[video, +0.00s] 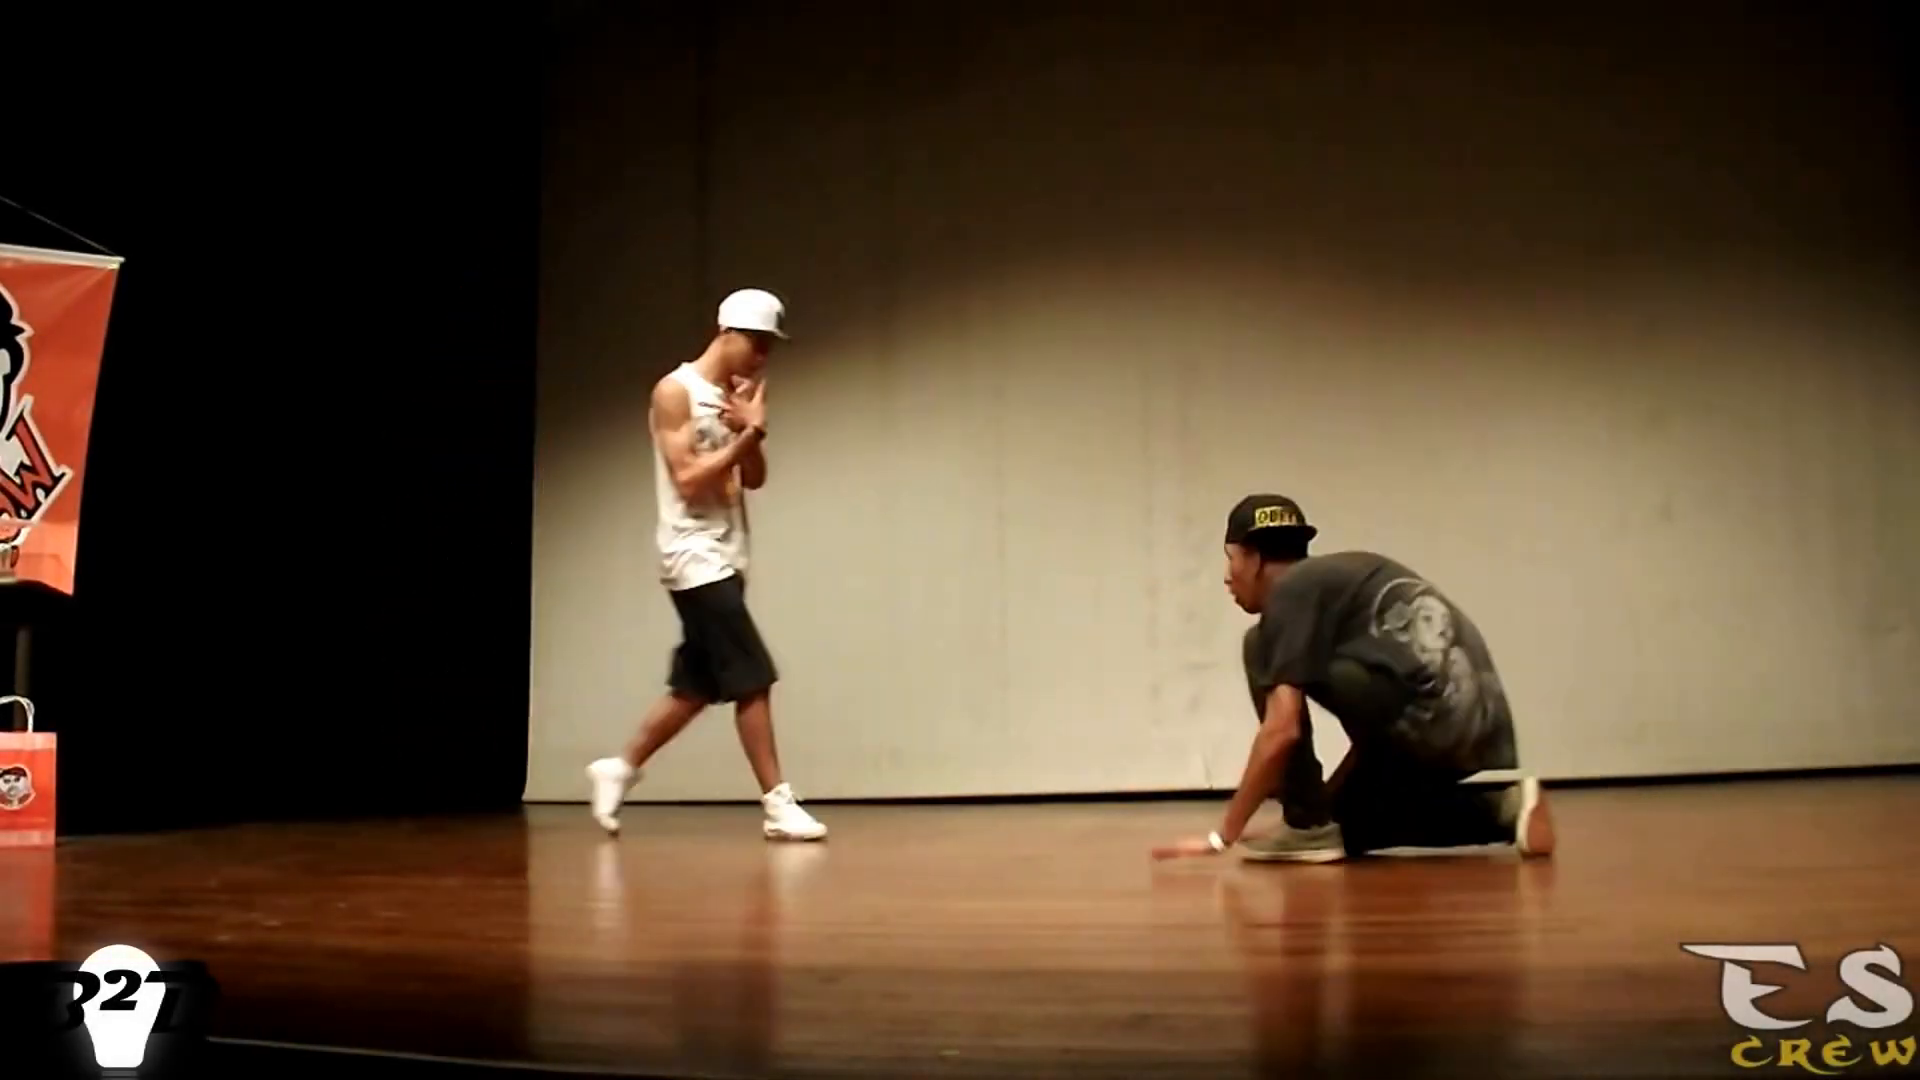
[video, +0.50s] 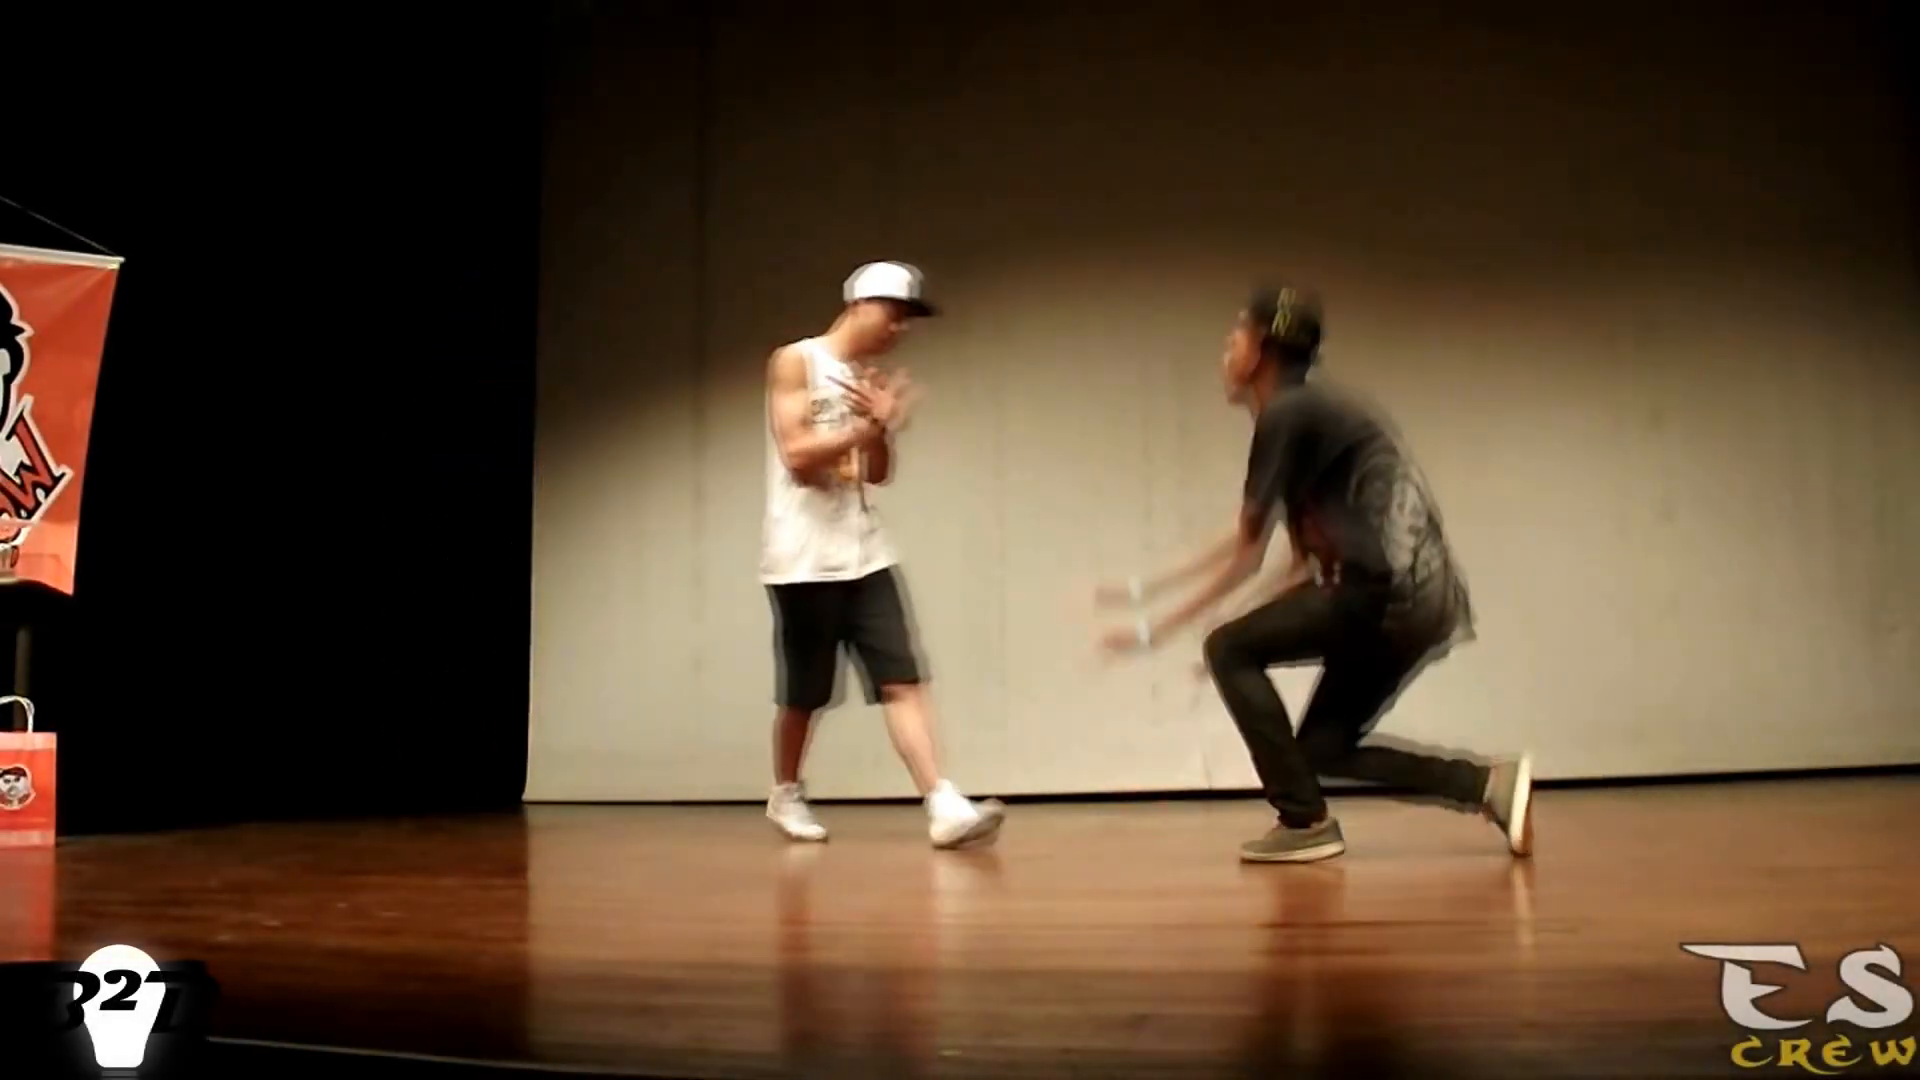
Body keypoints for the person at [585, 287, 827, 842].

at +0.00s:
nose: (763, 359)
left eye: (769, 348)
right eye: (758, 345)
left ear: (764, 348)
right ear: (727, 335)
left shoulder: (739, 393)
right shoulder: (674, 391)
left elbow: (755, 478)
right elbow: (689, 481)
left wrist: (750, 431)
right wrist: (746, 437)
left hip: (726, 557)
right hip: (693, 557)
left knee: (695, 688)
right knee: (752, 677)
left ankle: (619, 772)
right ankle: (778, 803)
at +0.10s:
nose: (784, 349)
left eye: (789, 337)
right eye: (779, 335)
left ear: (776, 335)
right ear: (750, 326)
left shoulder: (757, 382)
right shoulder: (695, 382)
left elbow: (780, 467)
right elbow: (712, 472)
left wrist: (771, 413)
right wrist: (766, 418)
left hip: (753, 554)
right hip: (717, 557)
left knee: (748, 685)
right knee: (765, 674)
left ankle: (663, 757)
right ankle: (778, 803)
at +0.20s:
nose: (809, 338)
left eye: (814, 326)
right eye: (805, 323)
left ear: (802, 323)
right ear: (775, 312)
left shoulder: (782, 369)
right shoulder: (718, 366)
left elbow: (804, 457)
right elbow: (734, 456)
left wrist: (797, 398)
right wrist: (790, 405)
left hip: (784, 547)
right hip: (737, 552)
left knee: (813, 672)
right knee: (762, 686)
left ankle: (746, 762)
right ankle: (777, 802)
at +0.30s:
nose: (840, 330)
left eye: (845, 318)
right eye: (834, 315)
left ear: (832, 318)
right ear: (804, 306)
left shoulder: (811, 367)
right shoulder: (743, 360)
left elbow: (831, 455)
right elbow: (753, 449)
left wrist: (820, 395)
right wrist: (809, 401)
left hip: (811, 549)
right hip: (756, 554)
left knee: (852, 666)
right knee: (766, 689)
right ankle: (778, 804)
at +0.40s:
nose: (868, 332)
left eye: (874, 321)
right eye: (863, 317)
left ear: (866, 323)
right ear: (829, 307)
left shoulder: (842, 371)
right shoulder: (767, 362)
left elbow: (854, 464)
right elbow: (776, 453)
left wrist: (849, 405)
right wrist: (837, 411)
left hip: (835, 553)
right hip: (776, 557)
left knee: (874, 673)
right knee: (778, 692)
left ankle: (927, 794)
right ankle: (779, 805)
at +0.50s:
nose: (900, 330)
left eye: (906, 320)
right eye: (894, 315)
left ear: (897, 321)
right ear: (862, 305)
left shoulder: (876, 379)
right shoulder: (795, 362)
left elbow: (877, 474)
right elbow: (797, 454)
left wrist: (881, 424)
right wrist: (865, 428)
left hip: (863, 552)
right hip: (802, 556)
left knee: (900, 676)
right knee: (805, 689)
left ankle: (944, 805)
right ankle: (785, 796)